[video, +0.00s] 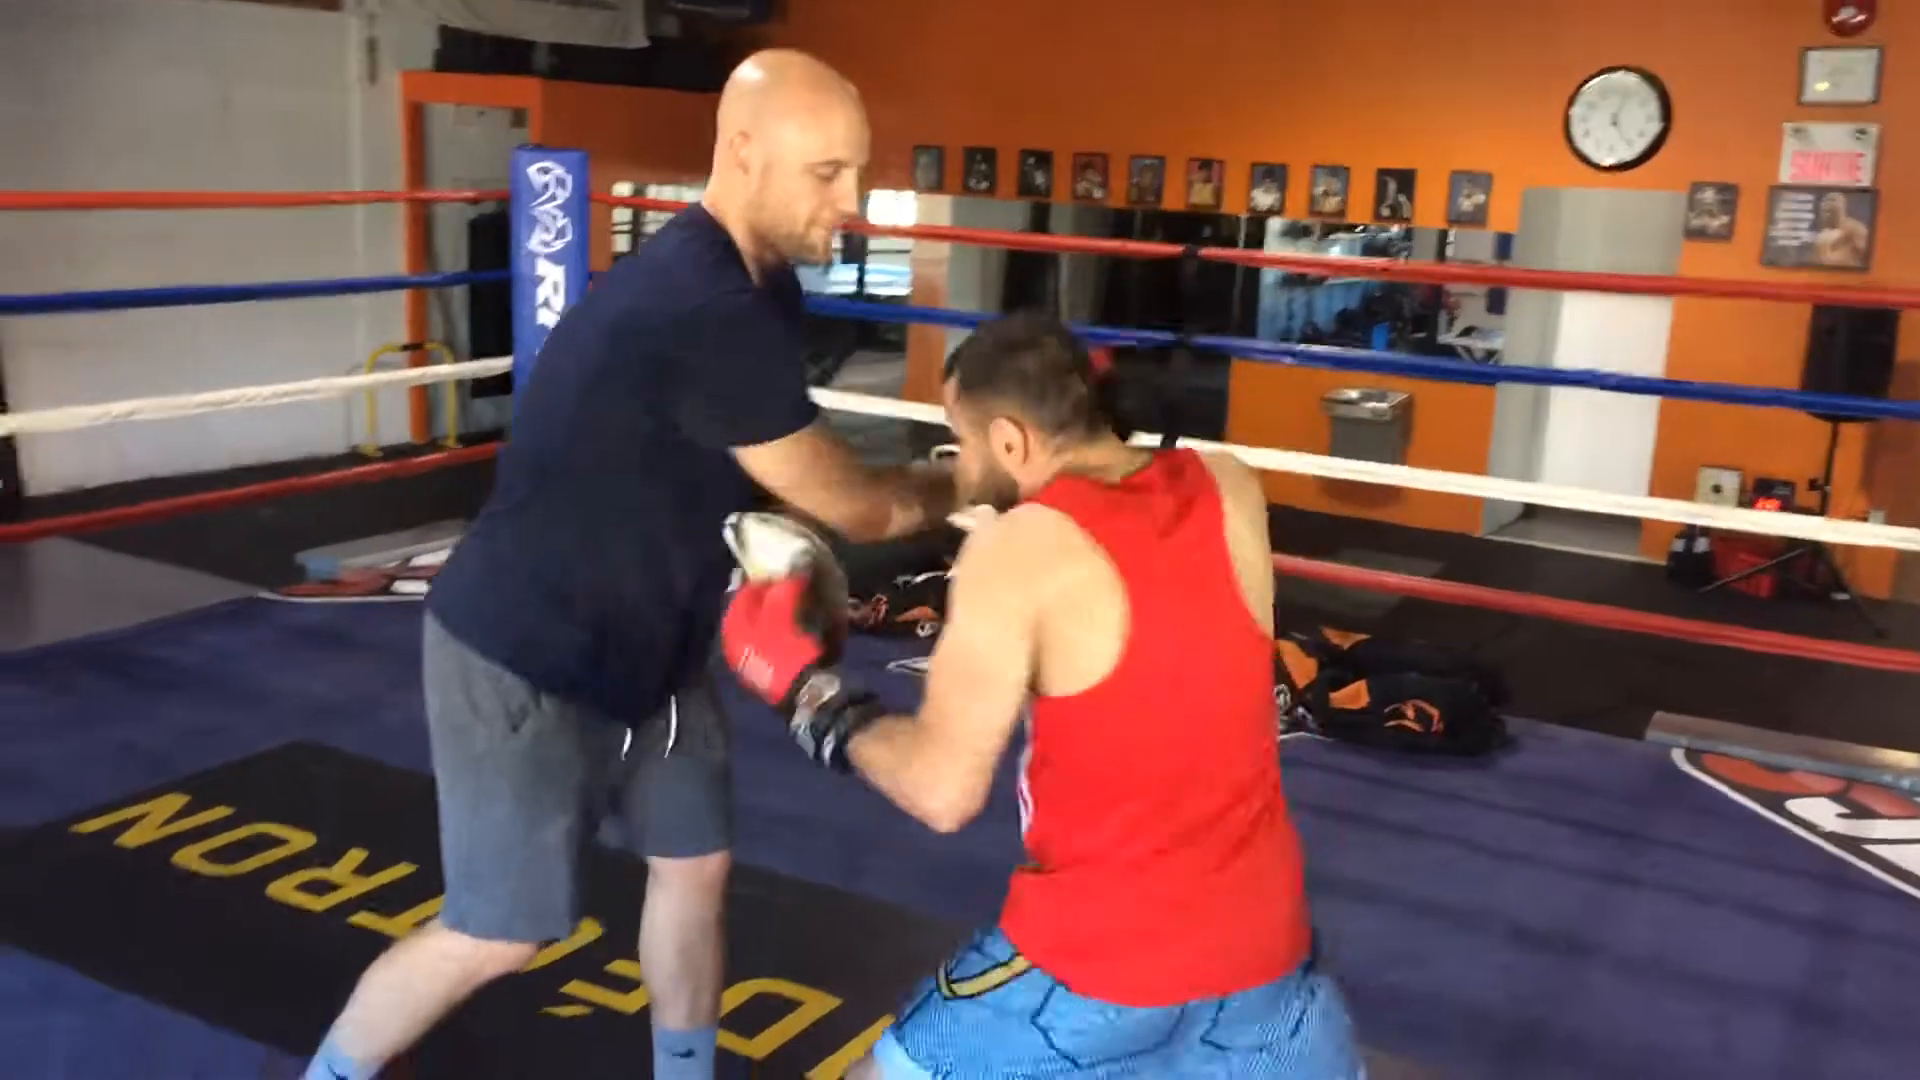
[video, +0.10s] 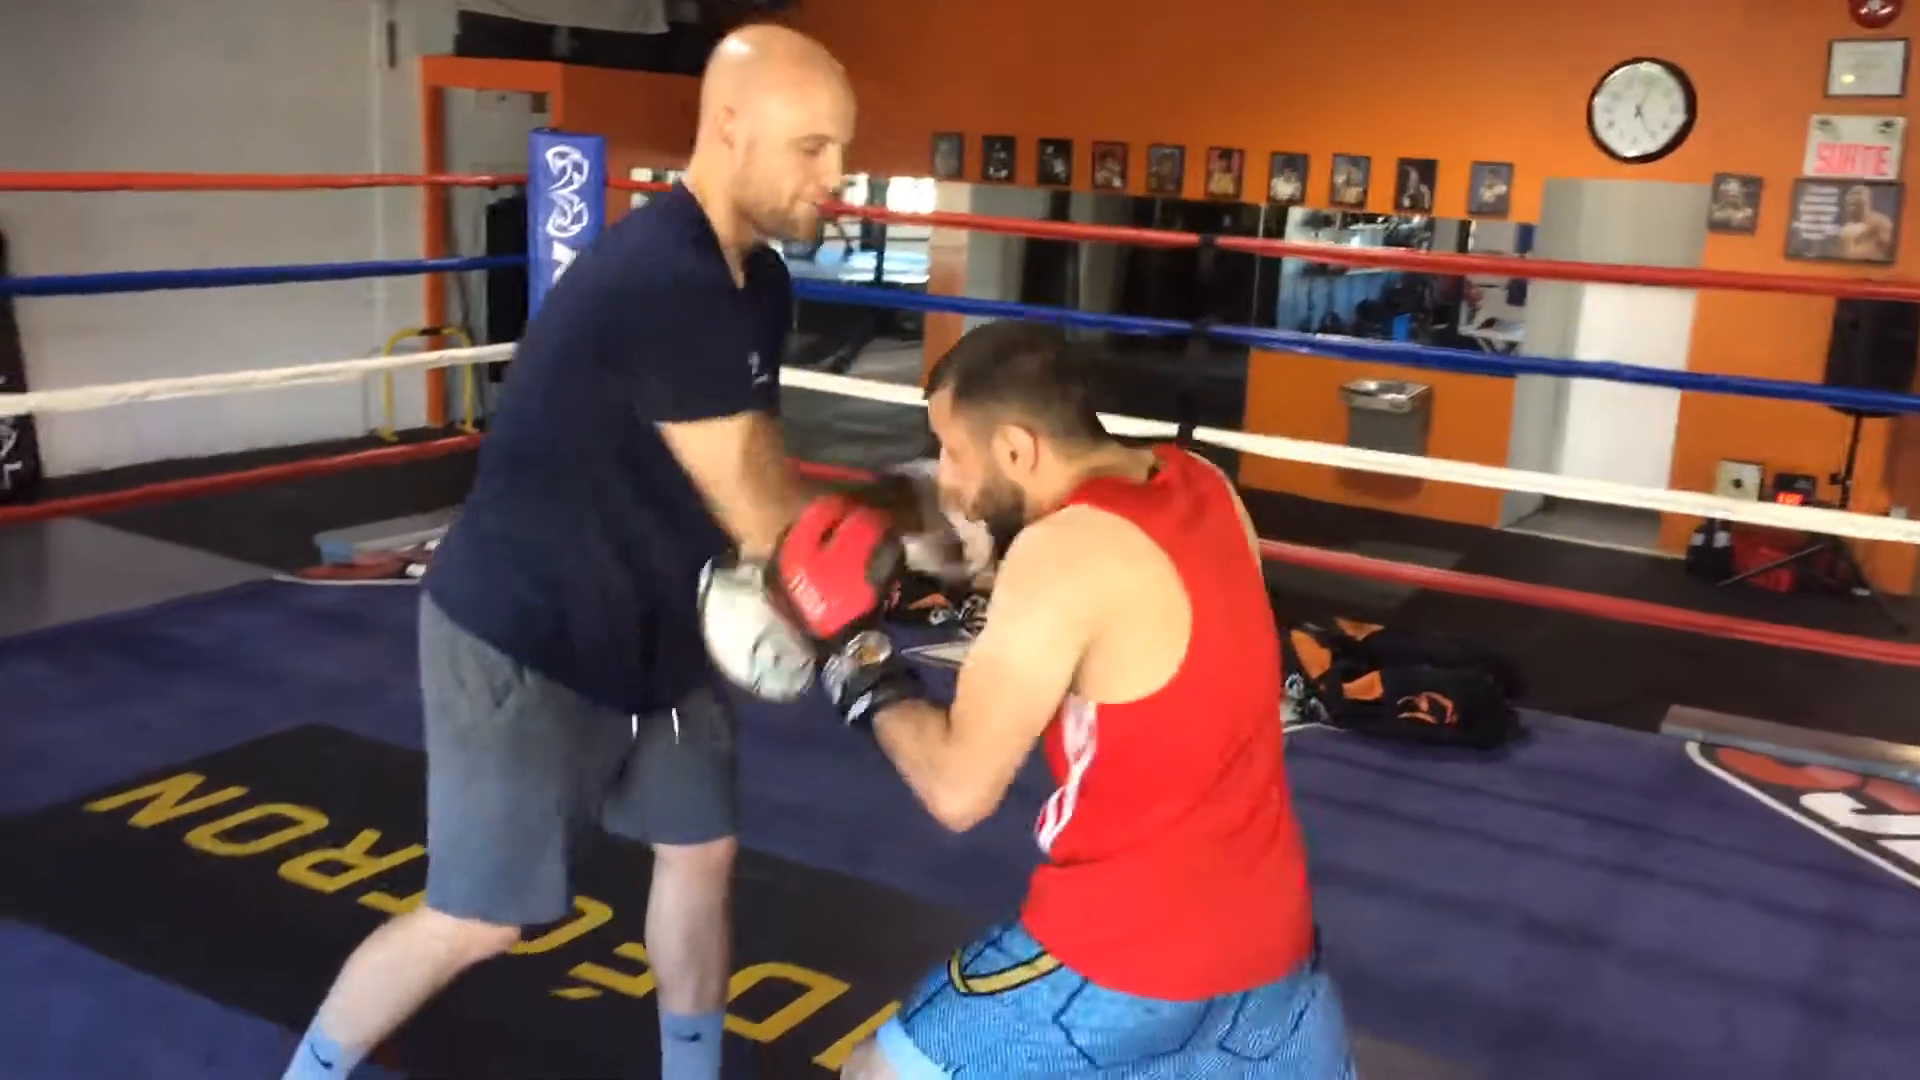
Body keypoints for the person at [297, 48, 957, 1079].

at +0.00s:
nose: (851, 203)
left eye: (859, 174)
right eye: (827, 172)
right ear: (741, 151)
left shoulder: (768, 286)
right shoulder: (699, 300)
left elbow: (754, 480)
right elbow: (856, 507)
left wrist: (824, 561)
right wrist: (953, 486)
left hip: (661, 637)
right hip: (517, 645)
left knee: (692, 862)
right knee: (505, 923)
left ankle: (685, 1071)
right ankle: (327, 1072)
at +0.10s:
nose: (836, 179)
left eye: (843, 151)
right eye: (814, 148)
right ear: (729, 131)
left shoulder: (760, 280)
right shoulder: (664, 277)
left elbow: (759, 483)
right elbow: (763, 514)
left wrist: (775, 587)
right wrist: (901, 516)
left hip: (658, 624)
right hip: (516, 627)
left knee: (701, 843)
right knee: (480, 912)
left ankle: (694, 1071)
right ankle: (309, 1071)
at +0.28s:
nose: (777, 145)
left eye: (783, 116)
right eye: (751, 112)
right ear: (662, 112)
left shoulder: (732, 272)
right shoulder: (572, 267)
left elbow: (734, 464)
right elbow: (583, 525)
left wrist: (747, 594)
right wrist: (781, 566)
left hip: (663, 616)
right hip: (511, 629)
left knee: (718, 849)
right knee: (471, 905)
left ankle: (724, 1069)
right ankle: (320, 1069)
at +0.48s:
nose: (641, 85)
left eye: (641, 56)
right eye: (610, 55)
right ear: (517, 63)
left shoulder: (624, 223)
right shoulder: (416, 249)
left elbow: (615, 392)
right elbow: (400, 491)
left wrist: (707, 498)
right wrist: (608, 533)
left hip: (561, 588)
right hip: (412, 597)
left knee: (630, 812)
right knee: (401, 879)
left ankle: (707, 1041)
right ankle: (339, 1068)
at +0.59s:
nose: (622, 49)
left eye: (624, 21)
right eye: (590, 20)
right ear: (498, 30)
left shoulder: (611, 182)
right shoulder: (402, 222)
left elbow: (610, 351)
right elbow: (401, 464)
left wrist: (682, 439)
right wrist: (606, 480)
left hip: (568, 536)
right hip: (413, 562)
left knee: (639, 752)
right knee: (418, 834)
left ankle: (592, 1000)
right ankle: (379, 1061)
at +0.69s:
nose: (627, 28)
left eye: (624, 5)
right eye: (595, 6)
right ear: (507, 21)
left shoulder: (620, 171)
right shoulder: (420, 200)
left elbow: (605, 323)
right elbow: (434, 449)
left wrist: (693, 389)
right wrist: (640, 430)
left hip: (567, 530)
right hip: (427, 550)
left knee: (622, 744)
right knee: (428, 812)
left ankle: (488, 949)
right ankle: (416, 1058)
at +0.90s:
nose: (636, 43)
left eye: (639, 19)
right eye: (603, 19)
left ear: (644, 29)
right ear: (519, 33)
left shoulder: (630, 198)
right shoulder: (438, 204)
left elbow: (648, 372)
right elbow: (464, 442)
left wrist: (744, 399)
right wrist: (657, 401)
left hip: (526, 546)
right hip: (409, 553)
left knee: (458, 796)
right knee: (440, 817)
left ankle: (386, 993)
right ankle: (445, 1059)